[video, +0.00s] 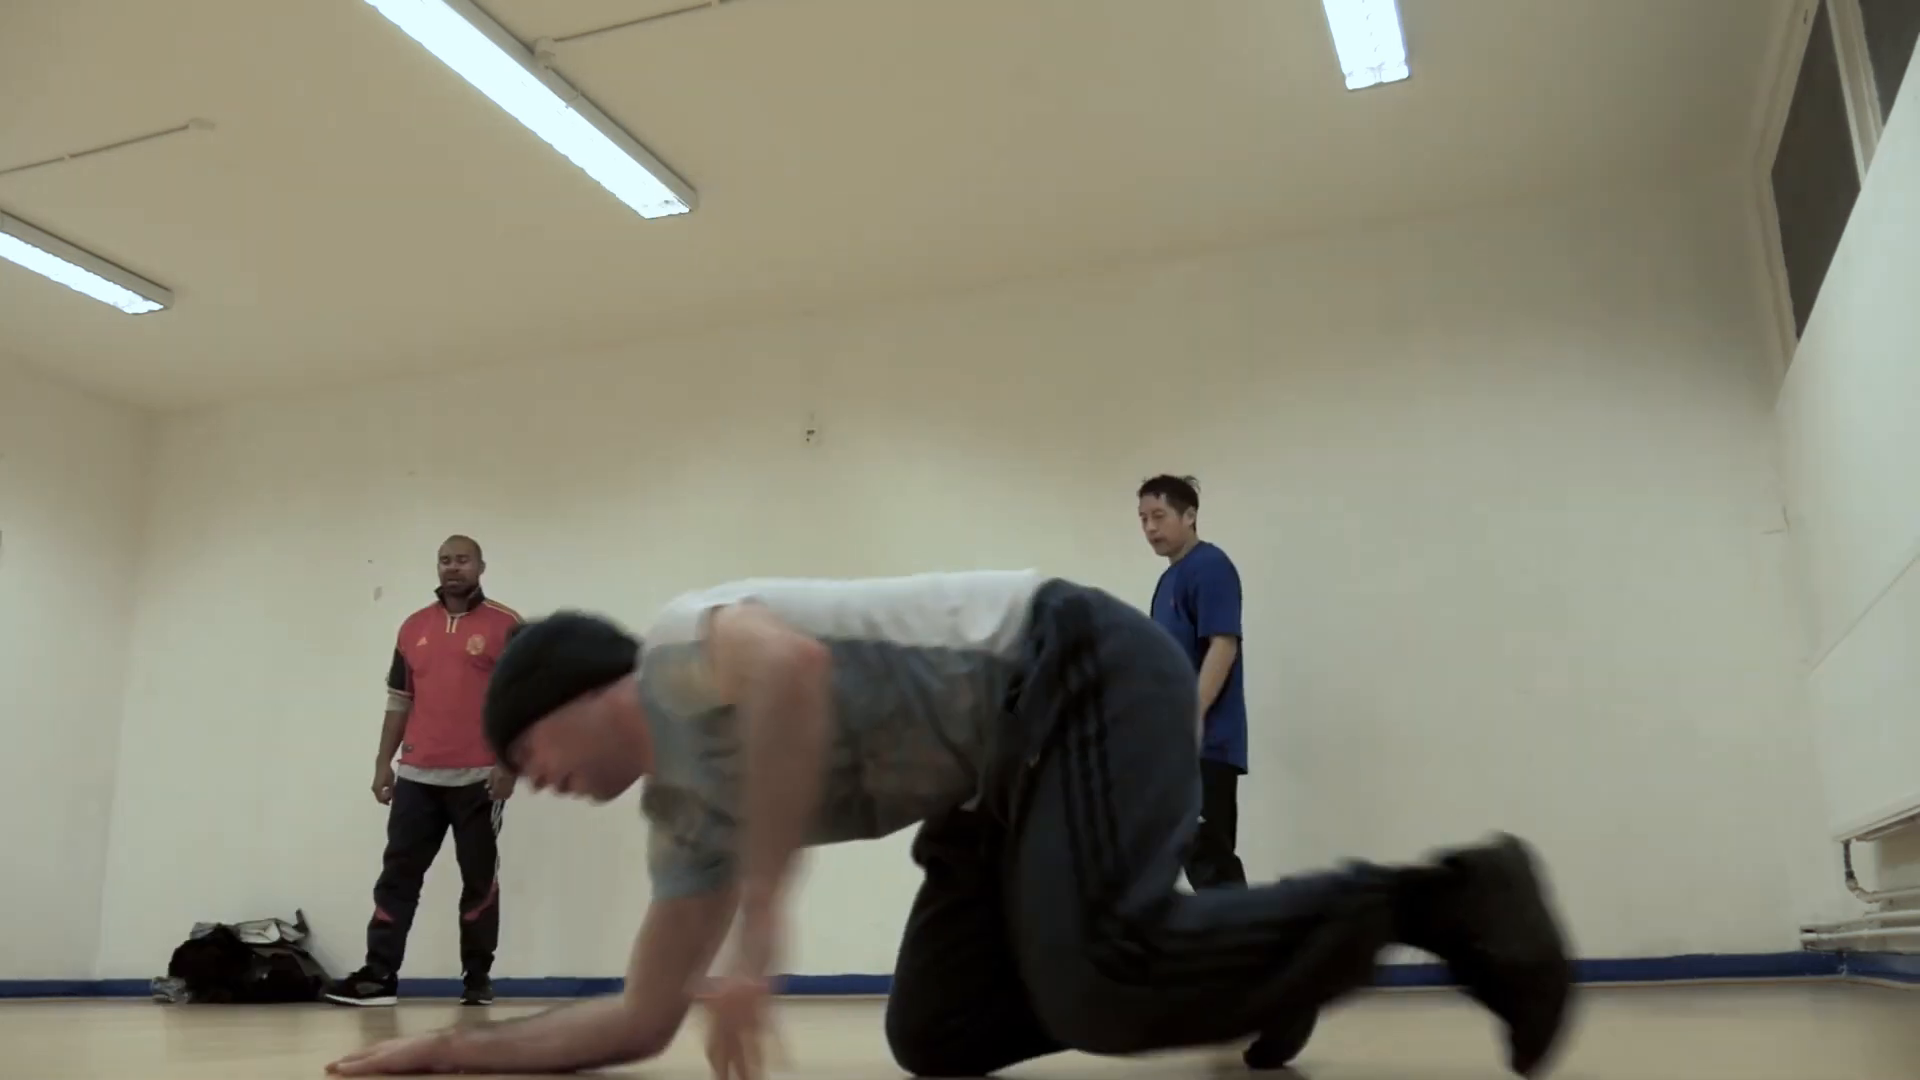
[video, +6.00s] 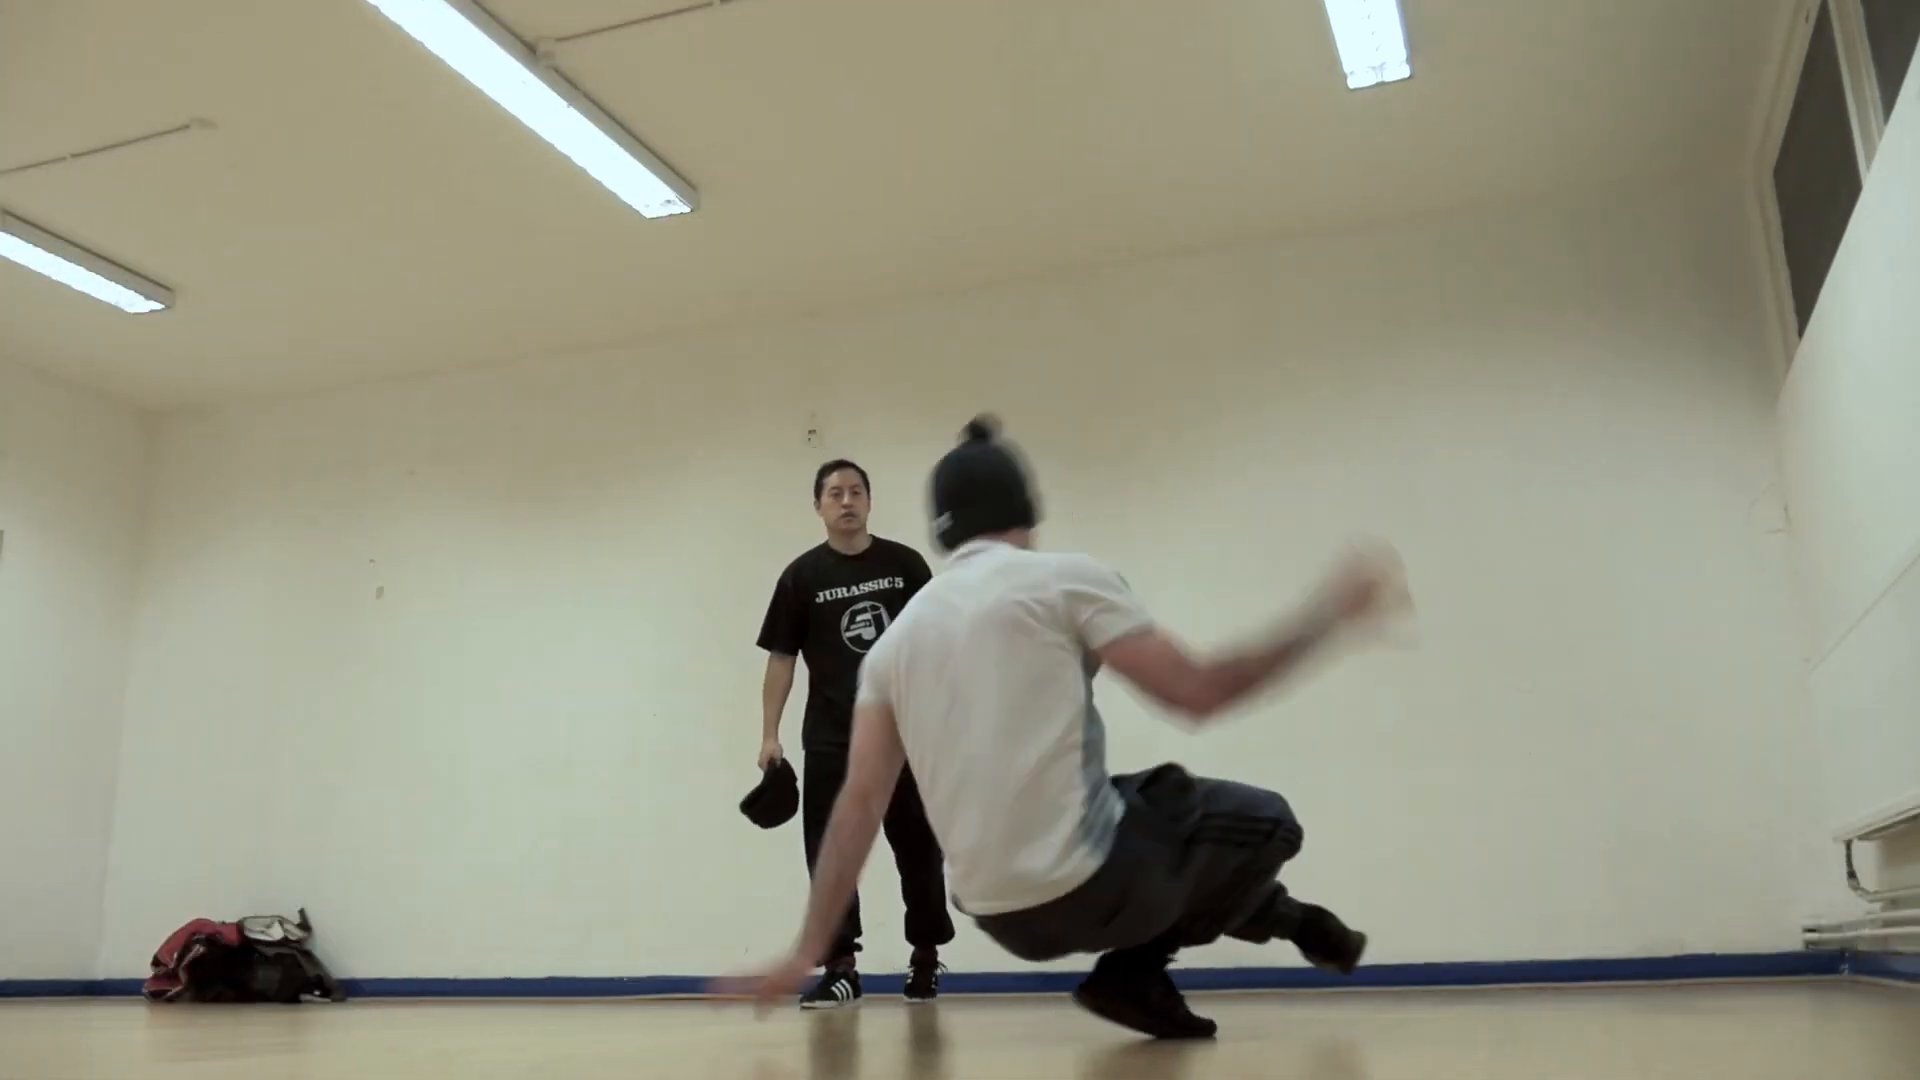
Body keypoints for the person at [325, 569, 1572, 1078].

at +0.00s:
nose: (548, 783)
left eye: (538, 757)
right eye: (530, 772)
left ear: (579, 694)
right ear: (578, 727)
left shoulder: (680, 641)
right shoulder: (690, 806)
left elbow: (782, 671)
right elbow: (644, 1017)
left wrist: (753, 943)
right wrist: (458, 1049)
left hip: (1082, 671)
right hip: (1005, 791)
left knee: (1104, 984)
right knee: (945, 1030)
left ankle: (1445, 901)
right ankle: (1282, 959)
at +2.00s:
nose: (371, 961)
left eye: (335, 970)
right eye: (364, 988)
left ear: (300, 919)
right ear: (374, 970)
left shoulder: (283, 792)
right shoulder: (490, 919)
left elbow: (96, 843)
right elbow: (640, 1038)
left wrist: (28, 1056)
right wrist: (440, 1055)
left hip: (619, 511)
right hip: (718, 602)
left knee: (700, 301)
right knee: (973, 462)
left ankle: (881, 405)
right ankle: (982, 718)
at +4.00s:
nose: (54, 437)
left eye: (21, 397)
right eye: (26, 444)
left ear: (40, 303)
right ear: (64, 415)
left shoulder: (166, 196)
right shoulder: (252, 494)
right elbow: (305, 804)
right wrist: (215, 1069)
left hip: (693, 321)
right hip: (839, 399)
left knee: (442, 811)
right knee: (1177, 702)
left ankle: (807, 943)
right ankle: (1816, 815)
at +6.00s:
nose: (1035, 514)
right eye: (1030, 503)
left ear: (942, 527)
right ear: (1026, 510)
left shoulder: (895, 643)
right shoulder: (1059, 581)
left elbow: (858, 816)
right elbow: (1201, 691)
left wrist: (803, 957)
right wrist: (1328, 610)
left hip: (1007, 921)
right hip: (1101, 880)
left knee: (1163, 807)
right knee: (1265, 824)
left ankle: (1286, 919)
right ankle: (1136, 972)